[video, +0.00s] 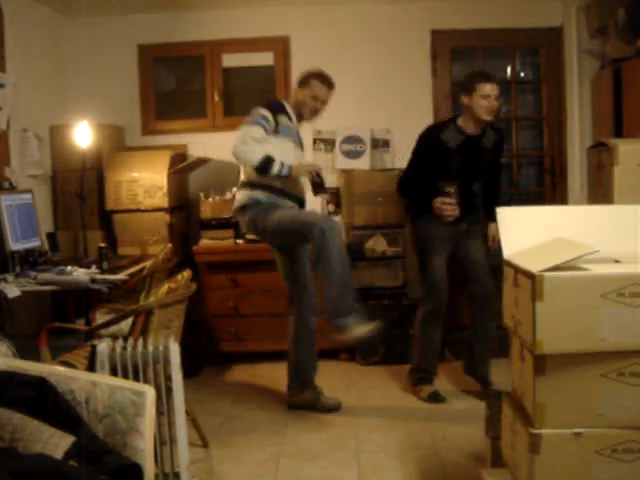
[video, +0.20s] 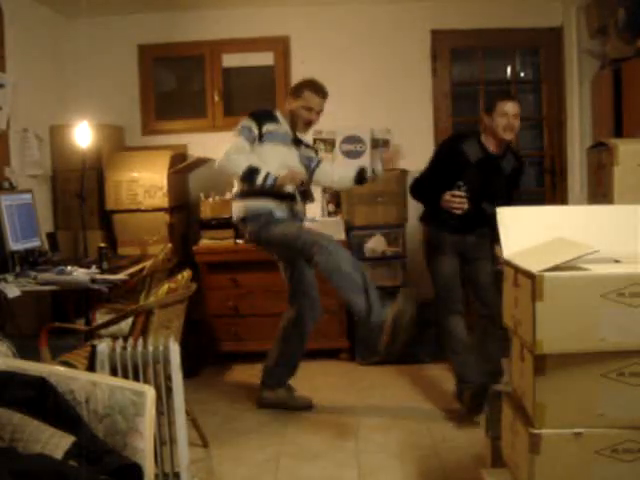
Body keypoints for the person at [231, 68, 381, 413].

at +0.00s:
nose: (316, 107)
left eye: (322, 104)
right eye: (313, 98)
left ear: (324, 106)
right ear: (297, 90)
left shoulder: (296, 132)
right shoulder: (269, 113)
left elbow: (289, 181)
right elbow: (243, 148)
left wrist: (312, 192)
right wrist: (290, 168)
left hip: (288, 213)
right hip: (259, 209)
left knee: (303, 299)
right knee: (324, 225)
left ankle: (301, 387)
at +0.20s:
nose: (311, 116)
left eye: (317, 111)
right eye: (306, 108)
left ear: (320, 114)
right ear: (289, 102)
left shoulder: (304, 151)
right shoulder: (262, 123)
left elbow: (330, 175)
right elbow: (230, 161)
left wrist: (373, 169)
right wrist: (274, 180)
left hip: (288, 223)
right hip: (258, 217)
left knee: (306, 306)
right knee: (324, 247)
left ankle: (273, 386)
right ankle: (377, 320)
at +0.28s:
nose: (313, 123)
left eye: (318, 118)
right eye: (308, 114)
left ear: (320, 120)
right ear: (289, 107)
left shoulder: (304, 157)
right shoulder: (260, 131)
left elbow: (334, 181)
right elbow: (226, 168)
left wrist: (372, 157)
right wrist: (272, 186)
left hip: (291, 229)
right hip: (259, 226)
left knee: (308, 310)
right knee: (326, 254)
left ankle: (275, 386)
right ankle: (369, 336)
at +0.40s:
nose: (303, 110)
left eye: (308, 105)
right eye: (299, 102)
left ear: (311, 106)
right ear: (281, 96)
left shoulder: (304, 146)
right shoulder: (251, 131)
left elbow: (330, 180)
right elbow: (218, 177)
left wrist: (346, 146)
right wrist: (261, 194)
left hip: (299, 232)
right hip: (267, 229)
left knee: (309, 312)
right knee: (317, 294)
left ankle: (275, 388)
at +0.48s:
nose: (287, 84)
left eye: (291, 77)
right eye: (282, 76)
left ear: (294, 77)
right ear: (261, 75)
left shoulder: (302, 114)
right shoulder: (241, 119)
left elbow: (334, 130)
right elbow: (217, 172)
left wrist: (348, 136)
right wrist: (253, 191)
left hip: (305, 223)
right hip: (275, 224)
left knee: (300, 306)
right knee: (299, 306)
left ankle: (273, 387)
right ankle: (283, 395)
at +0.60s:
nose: (272, 86)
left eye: (274, 79)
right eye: (264, 79)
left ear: (277, 80)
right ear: (243, 83)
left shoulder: (296, 109)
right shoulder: (231, 137)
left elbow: (335, 113)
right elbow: (217, 187)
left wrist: (368, 130)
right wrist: (245, 199)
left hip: (308, 226)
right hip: (274, 233)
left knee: (320, 310)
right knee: (285, 321)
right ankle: (278, 405)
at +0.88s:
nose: (273, 101)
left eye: (275, 93)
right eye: (264, 96)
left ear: (279, 92)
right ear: (244, 99)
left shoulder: (301, 121)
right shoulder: (231, 149)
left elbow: (346, 136)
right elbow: (213, 198)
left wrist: (345, 124)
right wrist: (239, 207)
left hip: (309, 218)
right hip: (267, 229)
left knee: (322, 267)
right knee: (269, 315)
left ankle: (305, 341)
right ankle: (277, 405)